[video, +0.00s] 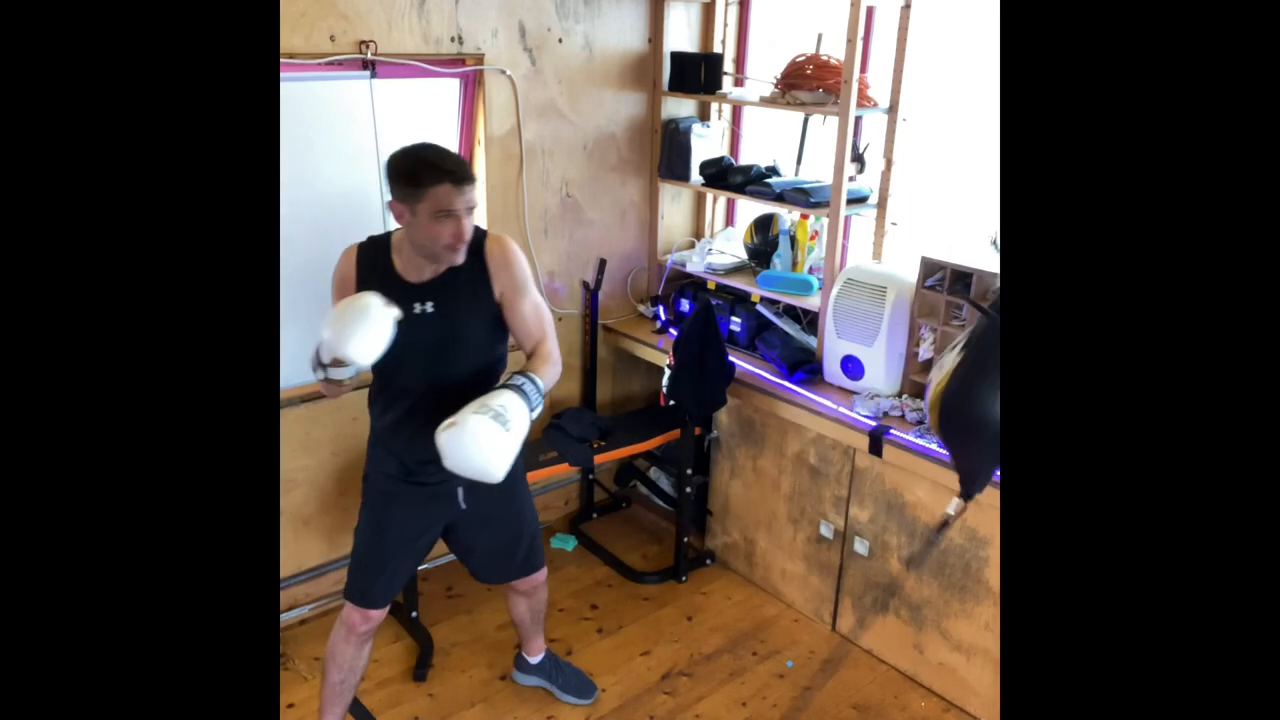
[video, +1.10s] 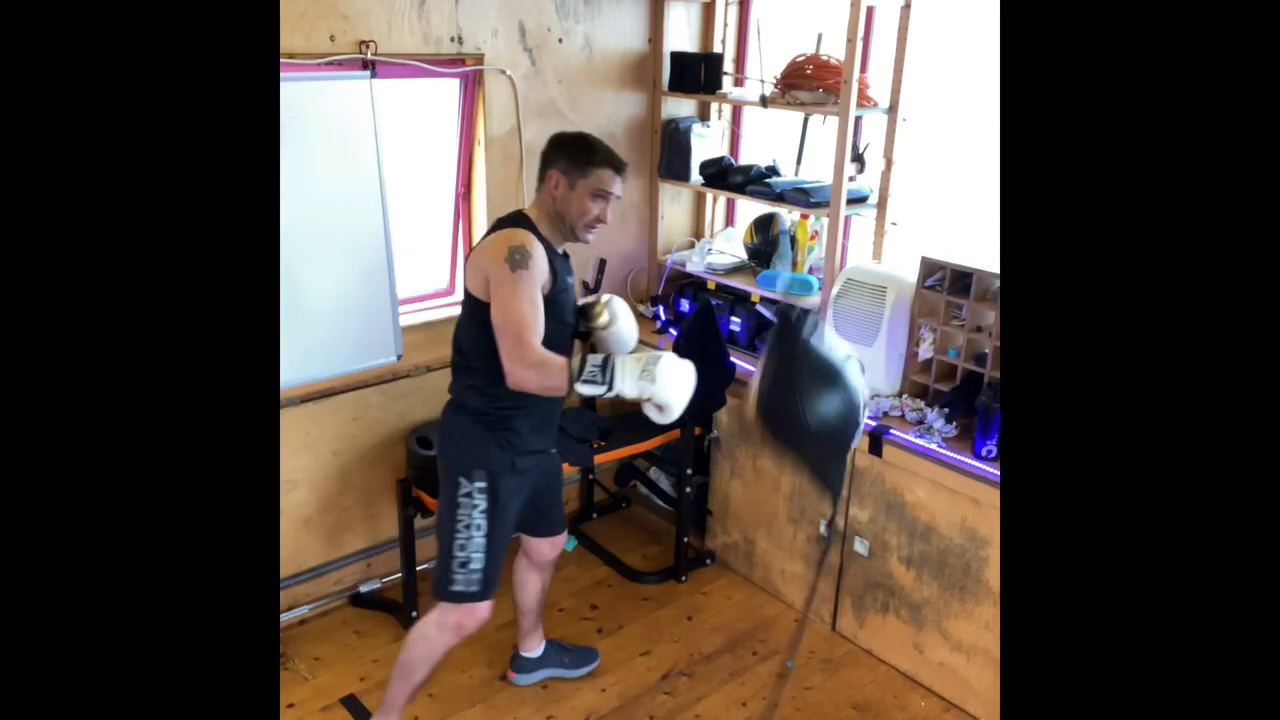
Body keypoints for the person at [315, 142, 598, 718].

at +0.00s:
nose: (464, 230)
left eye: (470, 212)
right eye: (446, 216)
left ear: (477, 204)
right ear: (400, 214)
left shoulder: (499, 258)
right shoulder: (359, 267)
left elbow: (546, 353)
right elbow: (334, 384)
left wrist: (520, 399)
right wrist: (338, 359)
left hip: (487, 451)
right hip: (402, 459)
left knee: (530, 577)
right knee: (363, 614)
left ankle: (535, 659)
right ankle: (333, 713)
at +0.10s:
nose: (515, 224)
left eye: (519, 207)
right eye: (500, 207)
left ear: (522, 202)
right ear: (453, 202)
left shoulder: (511, 247)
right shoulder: (398, 262)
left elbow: (534, 323)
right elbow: (418, 378)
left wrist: (536, 372)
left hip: (495, 442)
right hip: (421, 457)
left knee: (527, 564)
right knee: (374, 613)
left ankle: (535, 658)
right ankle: (336, 712)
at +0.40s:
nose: (484, 226)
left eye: (498, 209)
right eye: (468, 209)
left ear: (513, 201)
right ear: (441, 198)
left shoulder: (513, 248)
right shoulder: (402, 264)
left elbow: (534, 353)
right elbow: (396, 387)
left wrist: (542, 326)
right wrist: (486, 403)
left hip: (494, 432)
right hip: (419, 440)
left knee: (526, 562)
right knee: (389, 620)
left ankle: (534, 657)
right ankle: (350, 714)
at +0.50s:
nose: (431, 233)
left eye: (447, 215)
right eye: (415, 215)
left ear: (474, 204)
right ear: (399, 206)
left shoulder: (506, 251)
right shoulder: (373, 257)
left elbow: (534, 359)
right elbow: (351, 364)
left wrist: (481, 328)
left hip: (492, 448)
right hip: (409, 454)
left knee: (530, 577)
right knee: (377, 621)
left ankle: (534, 659)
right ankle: (347, 713)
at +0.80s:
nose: (471, 225)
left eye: (478, 208)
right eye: (454, 211)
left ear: (485, 199)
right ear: (410, 207)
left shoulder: (505, 254)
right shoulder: (371, 261)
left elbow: (549, 355)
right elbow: (347, 368)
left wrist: (502, 398)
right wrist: (341, 356)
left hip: (495, 445)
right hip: (408, 452)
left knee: (535, 581)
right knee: (376, 616)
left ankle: (536, 662)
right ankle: (347, 715)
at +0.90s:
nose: (528, 223)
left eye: (532, 208)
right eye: (517, 207)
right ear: (469, 199)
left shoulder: (523, 251)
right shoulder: (414, 260)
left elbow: (551, 322)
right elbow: (427, 370)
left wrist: (545, 372)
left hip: (500, 445)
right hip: (429, 458)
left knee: (538, 573)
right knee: (384, 620)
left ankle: (535, 661)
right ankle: (347, 713)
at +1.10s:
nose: (604, 214)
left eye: (611, 201)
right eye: (598, 197)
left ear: (559, 190)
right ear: (554, 184)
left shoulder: (549, 252)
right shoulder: (515, 250)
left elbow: (541, 334)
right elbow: (522, 368)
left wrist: (587, 323)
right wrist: (612, 380)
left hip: (533, 438)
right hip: (484, 446)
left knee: (544, 543)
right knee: (464, 608)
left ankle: (530, 652)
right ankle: (385, 713)